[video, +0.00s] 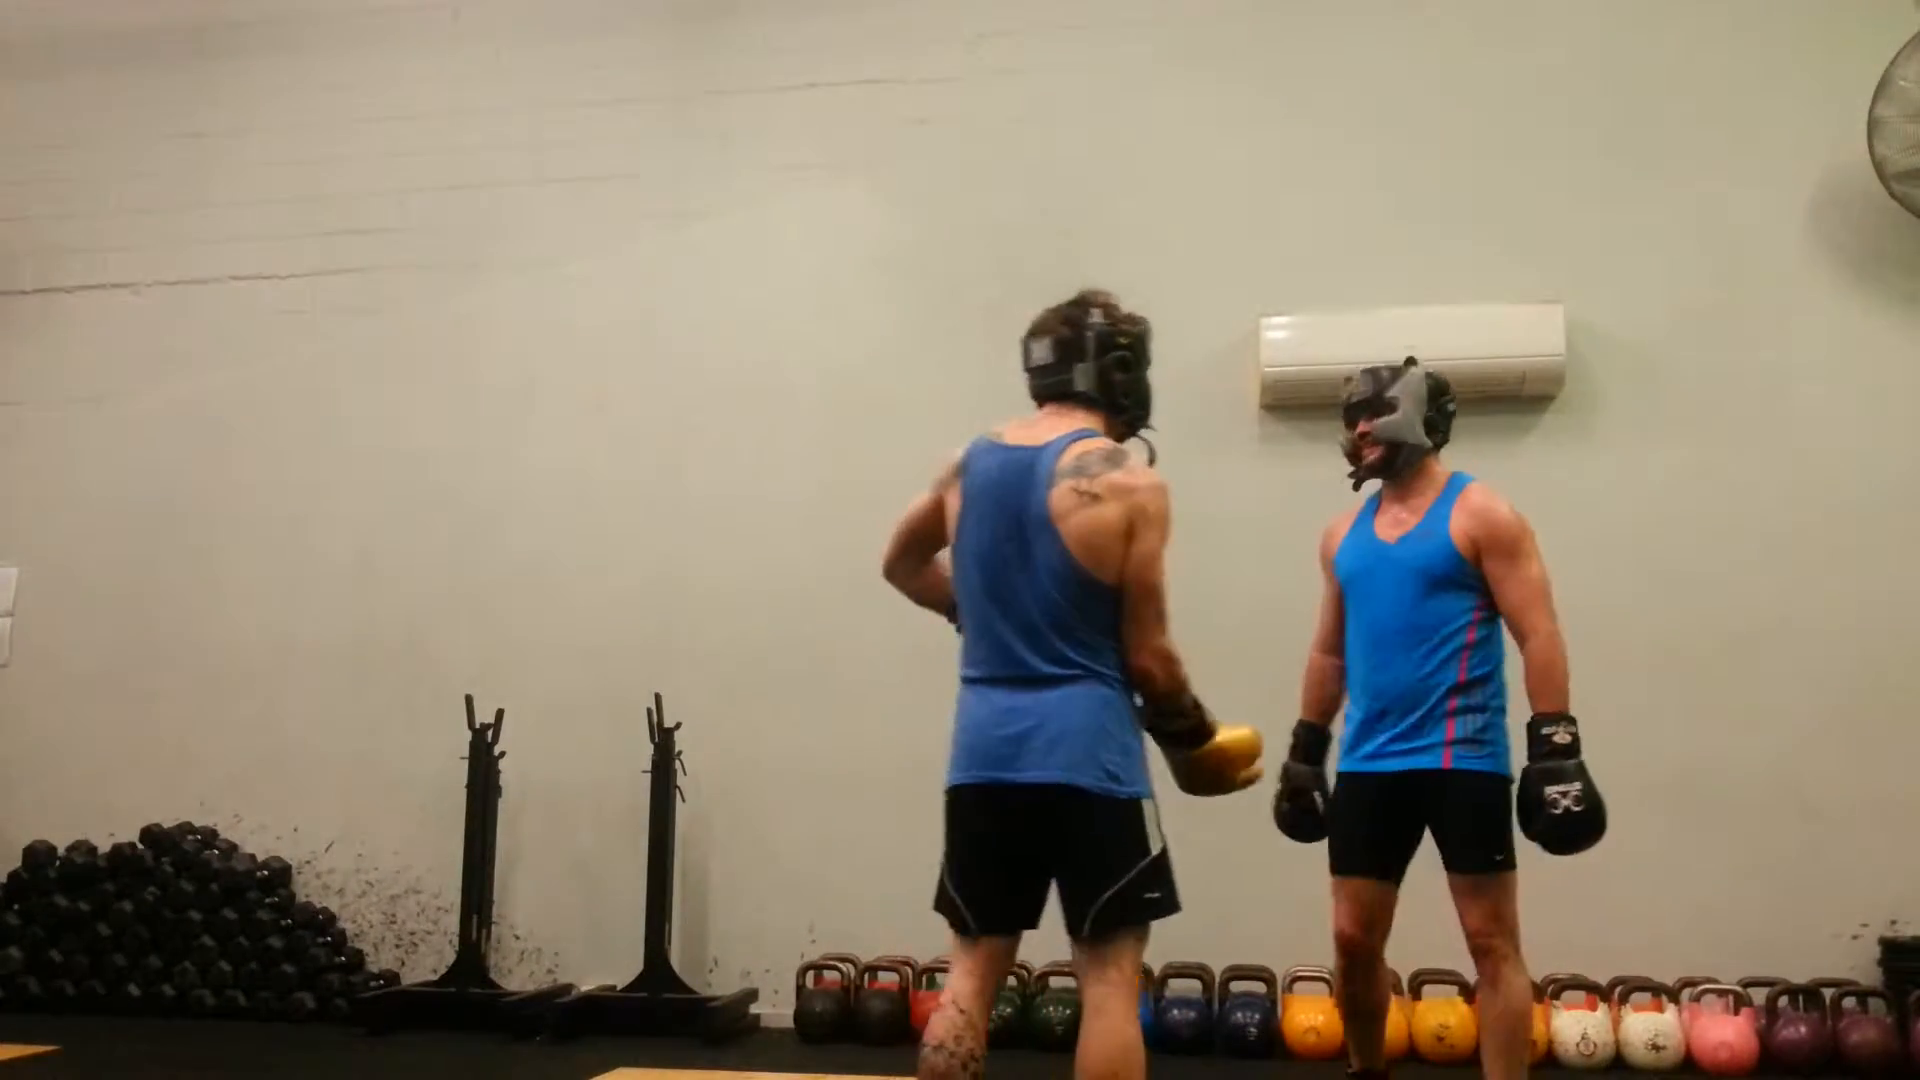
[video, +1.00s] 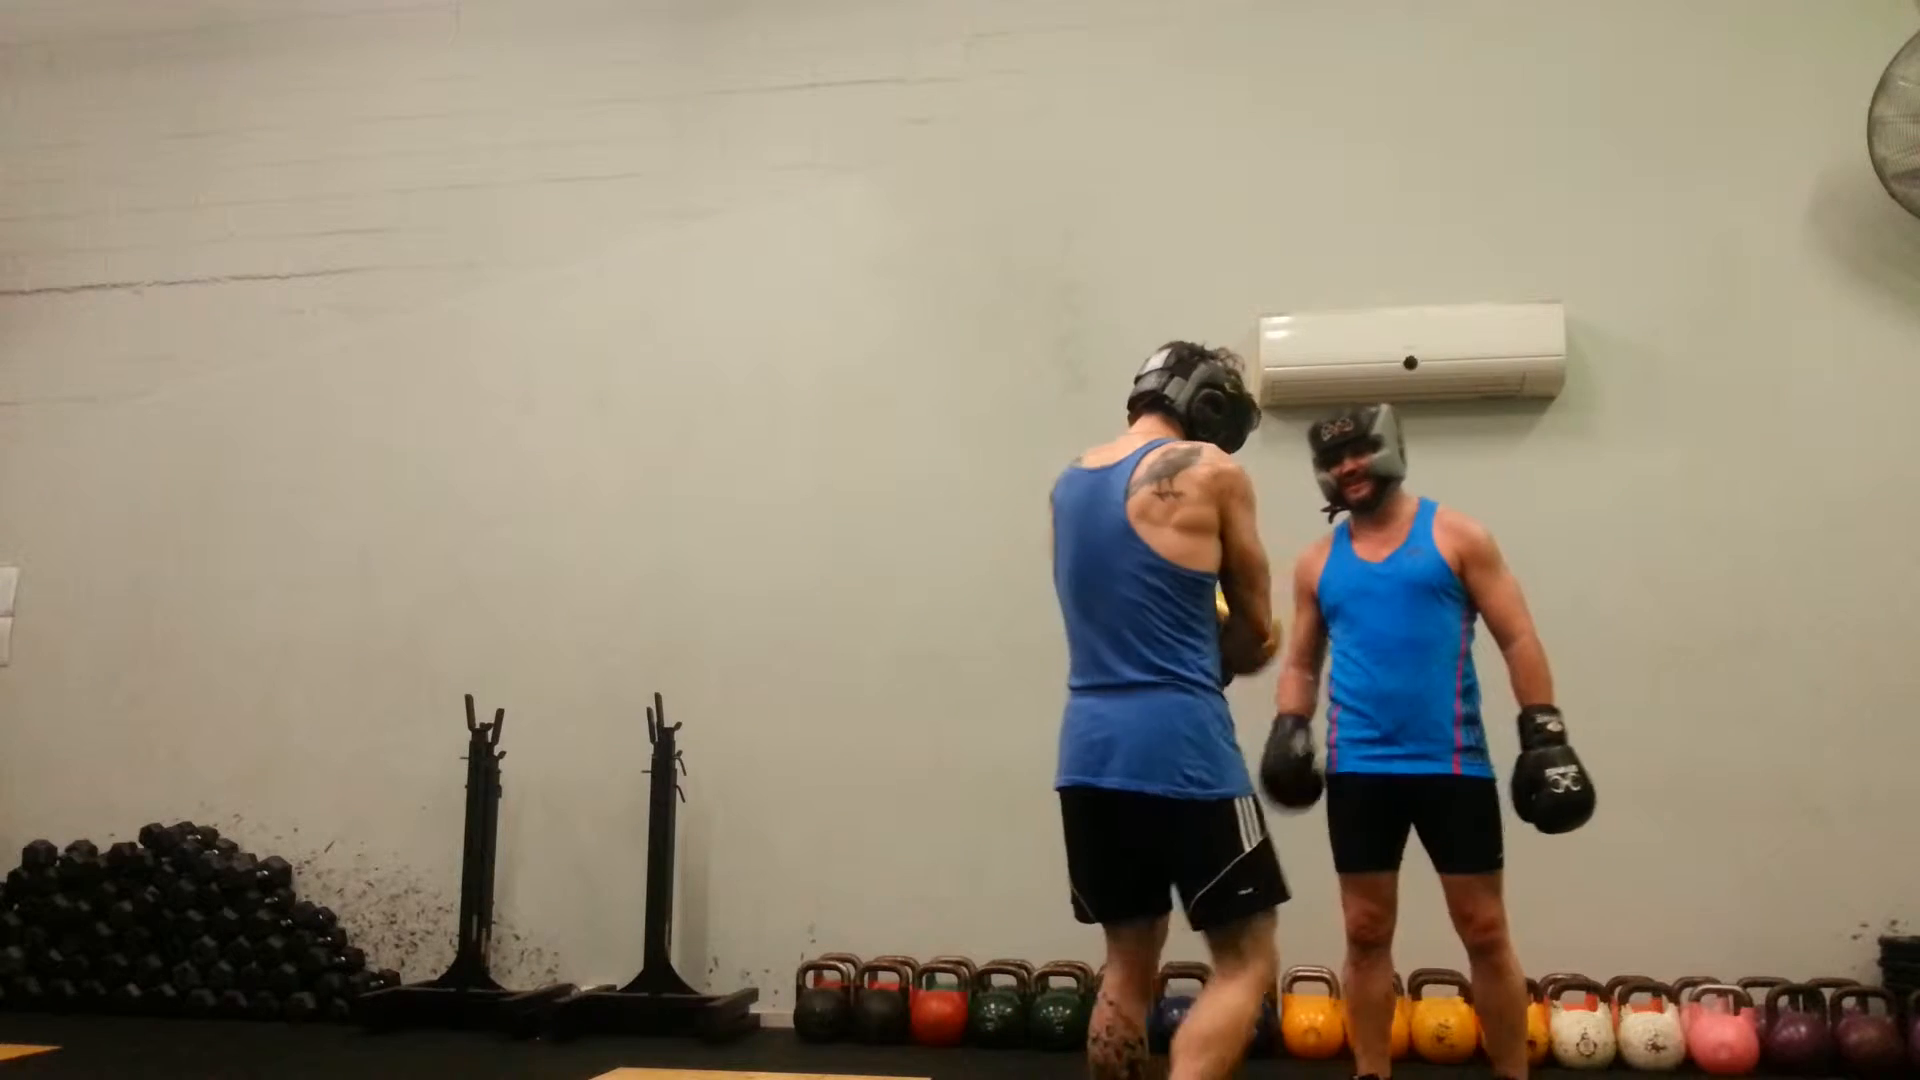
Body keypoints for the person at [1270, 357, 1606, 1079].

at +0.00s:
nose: (1357, 432)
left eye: (1373, 416)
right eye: (1353, 421)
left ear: (1419, 420)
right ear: (1352, 436)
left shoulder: (1482, 515)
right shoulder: (1344, 532)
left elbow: (1539, 634)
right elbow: (1329, 652)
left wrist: (1556, 753)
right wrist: (1304, 755)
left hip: (1465, 765)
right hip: (1370, 767)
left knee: (1490, 941)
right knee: (1353, 939)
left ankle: (1504, 1077)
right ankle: (1368, 1073)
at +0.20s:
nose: (1351, 440)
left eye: (1369, 424)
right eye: (1340, 429)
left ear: (1408, 431)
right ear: (1330, 445)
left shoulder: (1453, 525)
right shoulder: (1314, 539)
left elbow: (1512, 637)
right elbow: (1293, 652)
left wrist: (1543, 743)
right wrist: (1263, 744)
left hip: (1436, 769)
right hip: (1346, 771)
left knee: (1466, 941)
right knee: (1359, 942)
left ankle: (1493, 1077)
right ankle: (1372, 1073)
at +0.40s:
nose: (1327, 458)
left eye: (1342, 442)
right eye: (1313, 447)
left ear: (1376, 445)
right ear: (1300, 461)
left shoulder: (1429, 533)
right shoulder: (1289, 552)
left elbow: (1490, 639)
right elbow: (1259, 661)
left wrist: (1494, 739)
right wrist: (1219, 745)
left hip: (1421, 765)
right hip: (1330, 768)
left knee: (1454, 934)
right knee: (1349, 932)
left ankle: (1486, 1075)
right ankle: (1368, 1073)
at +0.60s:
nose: (1323, 464)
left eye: (1336, 447)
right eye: (1308, 454)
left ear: (1366, 449)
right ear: (1294, 467)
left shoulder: (1424, 533)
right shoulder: (1281, 555)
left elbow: (1482, 636)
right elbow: (1251, 665)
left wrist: (1481, 725)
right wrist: (1220, 754)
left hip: (1424, 762)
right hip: (1332, 769)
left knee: (1471, 927)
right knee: (1349, 930)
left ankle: (1507, 1075)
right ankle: (1367, 1073)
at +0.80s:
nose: (1331, 465)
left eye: (1343, 449)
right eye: (1316, 456)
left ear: (1372, 452)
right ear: (1302, 470)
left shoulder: (1433, 536)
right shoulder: (1291, 561)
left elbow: (1491, 635)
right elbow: (1268, 668)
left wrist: (1513, 731)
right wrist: (1244, 765)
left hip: (1433, 765)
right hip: (1340, 770)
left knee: (1479, 934)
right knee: (1354, 931)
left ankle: (1516, 1071)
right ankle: (1368, 1074)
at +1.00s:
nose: (1352, 468)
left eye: (1364, 452)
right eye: (1336, 460)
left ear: (1394, 453)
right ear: (1323, 474)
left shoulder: (1458, 537)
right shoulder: (1317, 563)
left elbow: (1516, 636)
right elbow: (1300, 663)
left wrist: (1545, 735)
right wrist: (1290, 729)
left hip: (1452, 767)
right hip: (1358, 772)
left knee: (1485, 932)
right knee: (1365, 934)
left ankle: (1512, 1073)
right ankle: (1371, 1073)